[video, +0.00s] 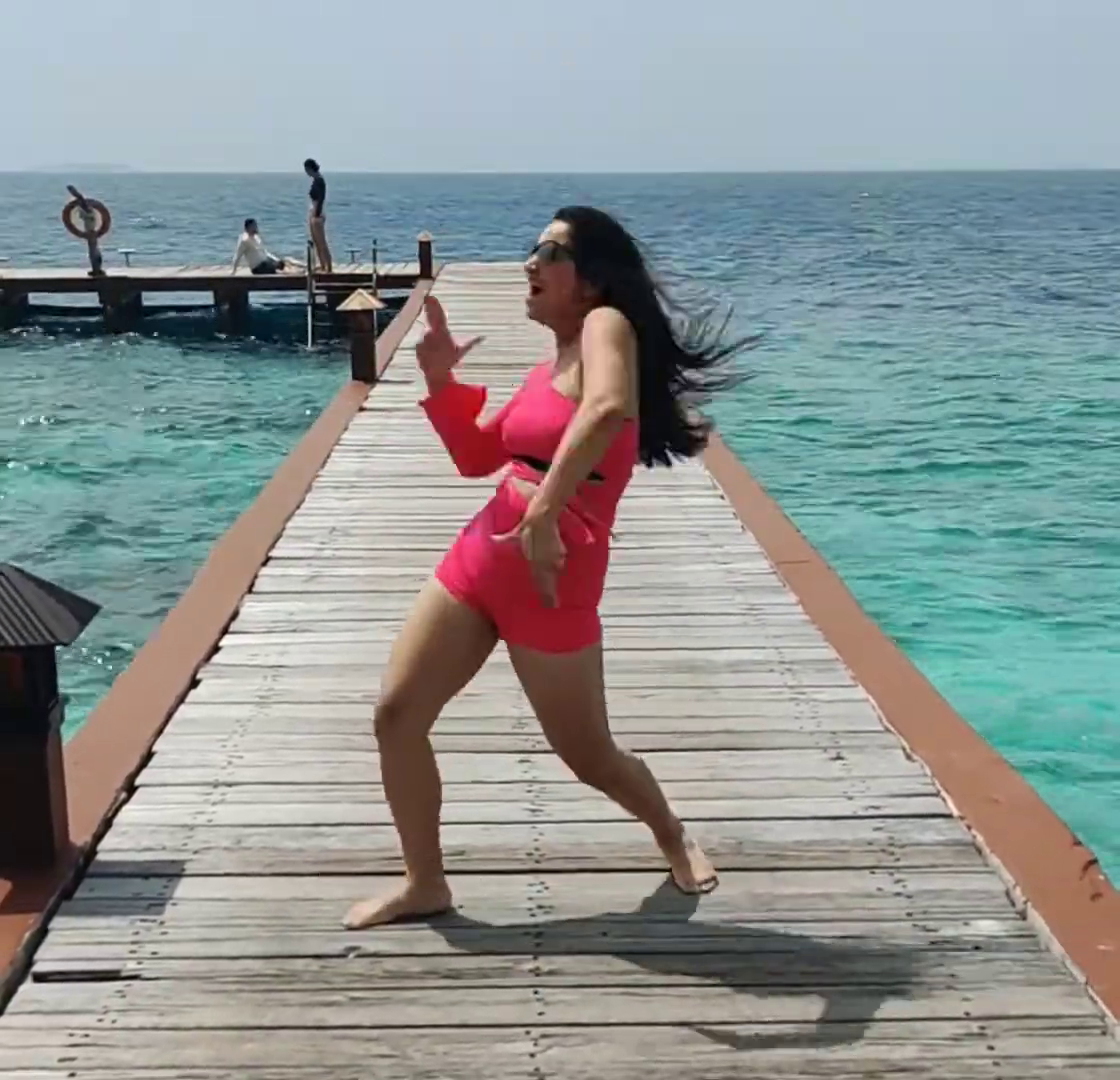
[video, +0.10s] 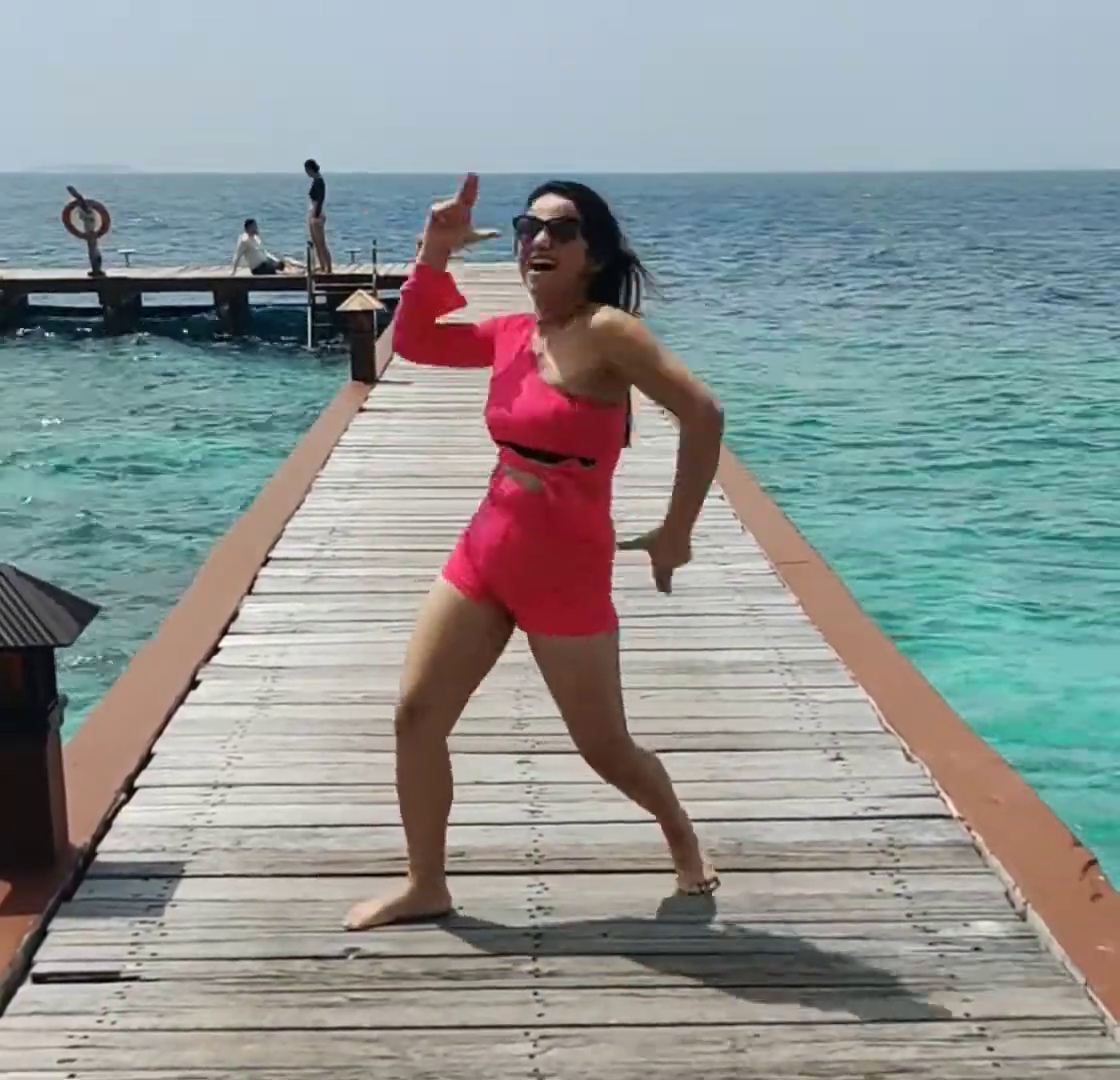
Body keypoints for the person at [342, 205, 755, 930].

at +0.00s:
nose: (529, 267)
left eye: (546, 257)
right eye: (533, 254)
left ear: (589, 276)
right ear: (559, 276)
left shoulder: (604, 326)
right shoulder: (558, 360)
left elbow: (608, 408)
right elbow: (476, 456)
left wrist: (542, 512)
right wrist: (439, 377)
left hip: (553, 573)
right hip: (486, 552)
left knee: (589, 755)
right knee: (398, 714)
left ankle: (673, 838)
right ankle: (425, 881)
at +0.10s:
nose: (539, 240)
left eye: (561, 229)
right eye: (528, 228)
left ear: (596, 252)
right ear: (517, 245)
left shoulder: (610, 335)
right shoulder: (511, 331)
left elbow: (702, 415)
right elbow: (415, 341)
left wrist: (677, 529)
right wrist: (435, 255)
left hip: (566, 566)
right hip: (489, 549)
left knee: (605, 748)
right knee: (417, 716)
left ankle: (678, 831)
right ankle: (426, 885)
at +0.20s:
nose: (563, 233)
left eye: (581, 219)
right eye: (548, 219)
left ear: (611, 236)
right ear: (529, 231)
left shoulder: (636, 327)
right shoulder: (507, 287)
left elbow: (755, 368)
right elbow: (416, 227)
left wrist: (725, 475)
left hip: (594, 554)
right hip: (506, 547)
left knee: (624, 739)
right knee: (440, 716)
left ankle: (690, 812)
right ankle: (426, 884)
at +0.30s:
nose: (584, 252)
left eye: (602, 237)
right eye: (568, 236)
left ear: (632, 251)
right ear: (548, 246)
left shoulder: (648, 342)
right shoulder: (518, 301)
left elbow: (766, 381)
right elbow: (423, 232)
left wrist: (766, 488)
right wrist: (320, 174)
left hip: (628, 564)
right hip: (538, 564)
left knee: (655, 740)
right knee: (452, 721)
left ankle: (711, 858)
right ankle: (427, 887)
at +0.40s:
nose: (603, 283)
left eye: (622, 267)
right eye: (587, 267)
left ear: (650, 277)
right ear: (568, 275)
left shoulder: (678, 373)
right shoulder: (537, 331)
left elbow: (792, 414)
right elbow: (424, 285)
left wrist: (763, 511)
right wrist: (317, 254)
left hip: (657, 584)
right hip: (564, 586)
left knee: (677, 758)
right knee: (464, 730)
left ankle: (706, 867)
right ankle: (428, 888)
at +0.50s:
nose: (626, 291)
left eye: (645, 274)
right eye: (609, 277)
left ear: (675, 287)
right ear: (591, 288)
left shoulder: (697, 390)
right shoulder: (558, 345)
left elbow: (770, 488)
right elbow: (432, 353)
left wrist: (704, 555)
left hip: (673, 598)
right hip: (581, 596)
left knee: (687, 759)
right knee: (477, 731)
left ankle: (704, 868)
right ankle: (429, 887)